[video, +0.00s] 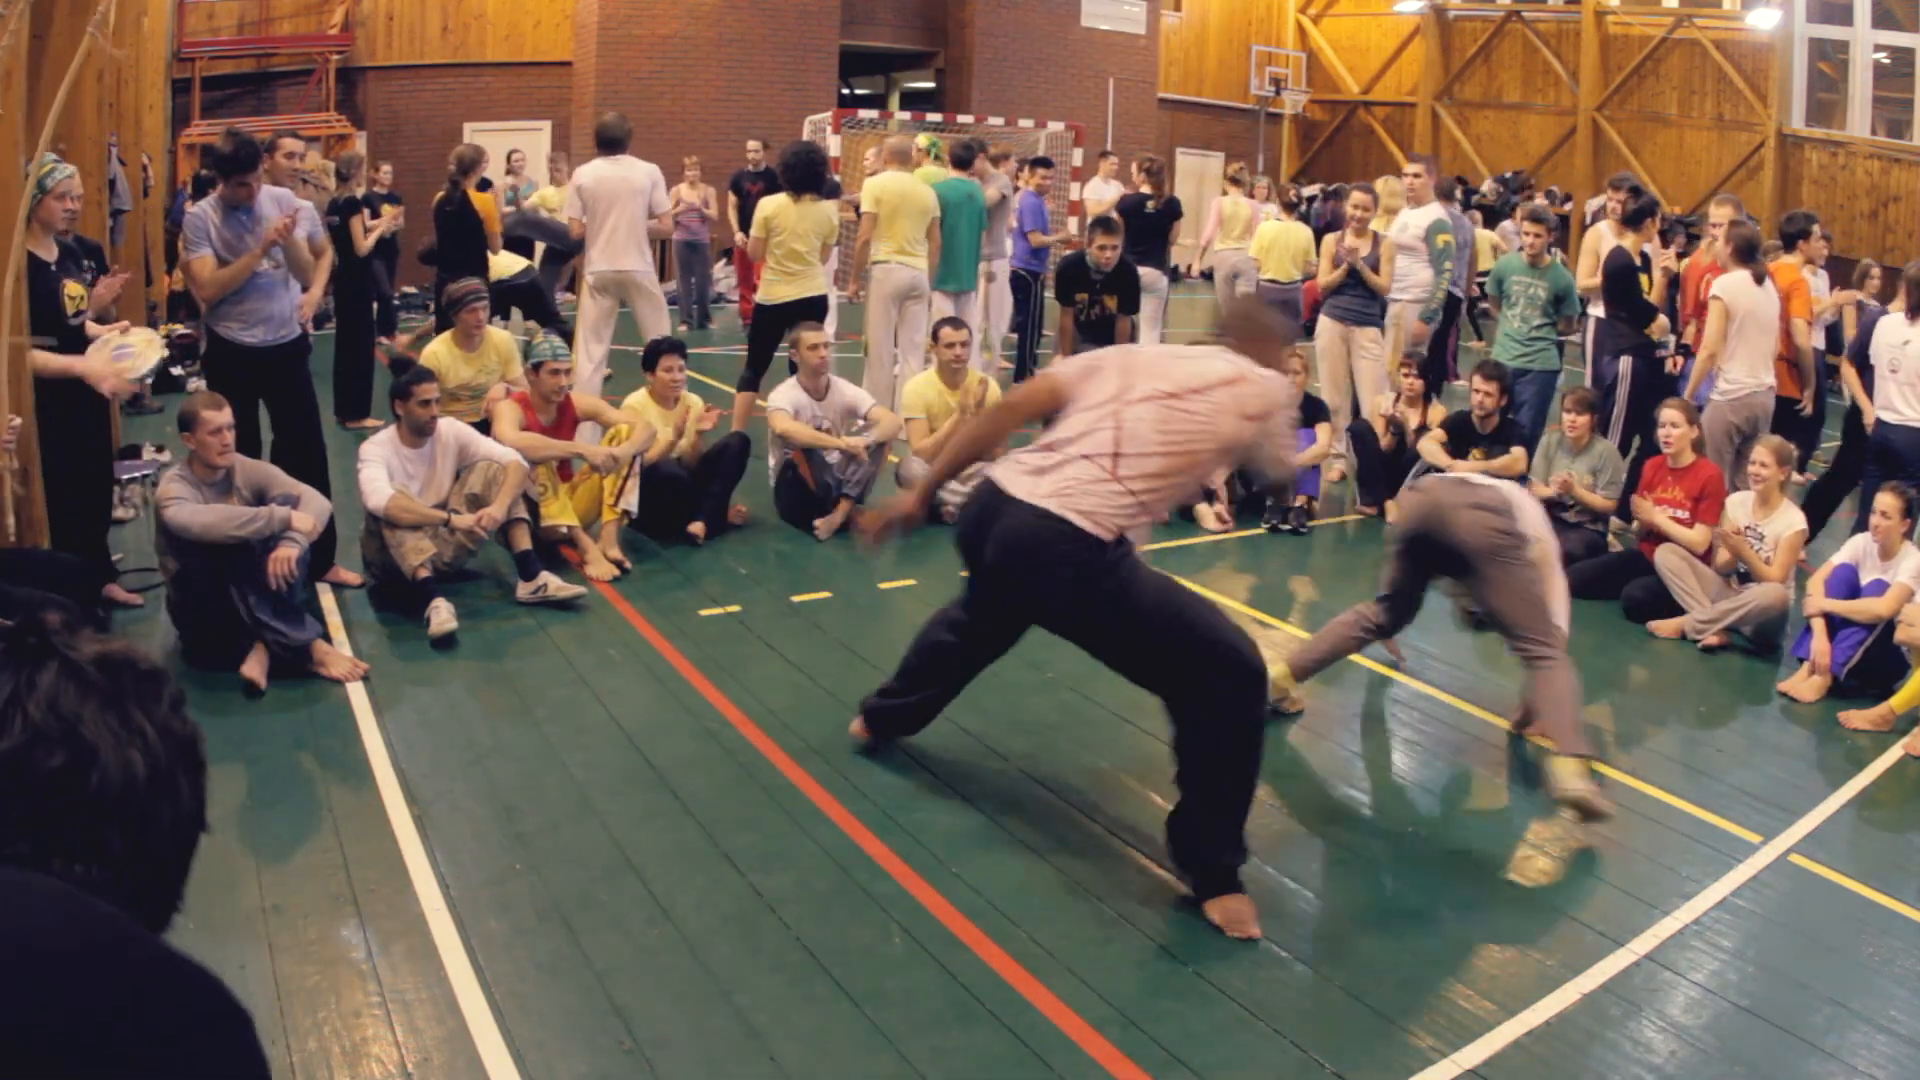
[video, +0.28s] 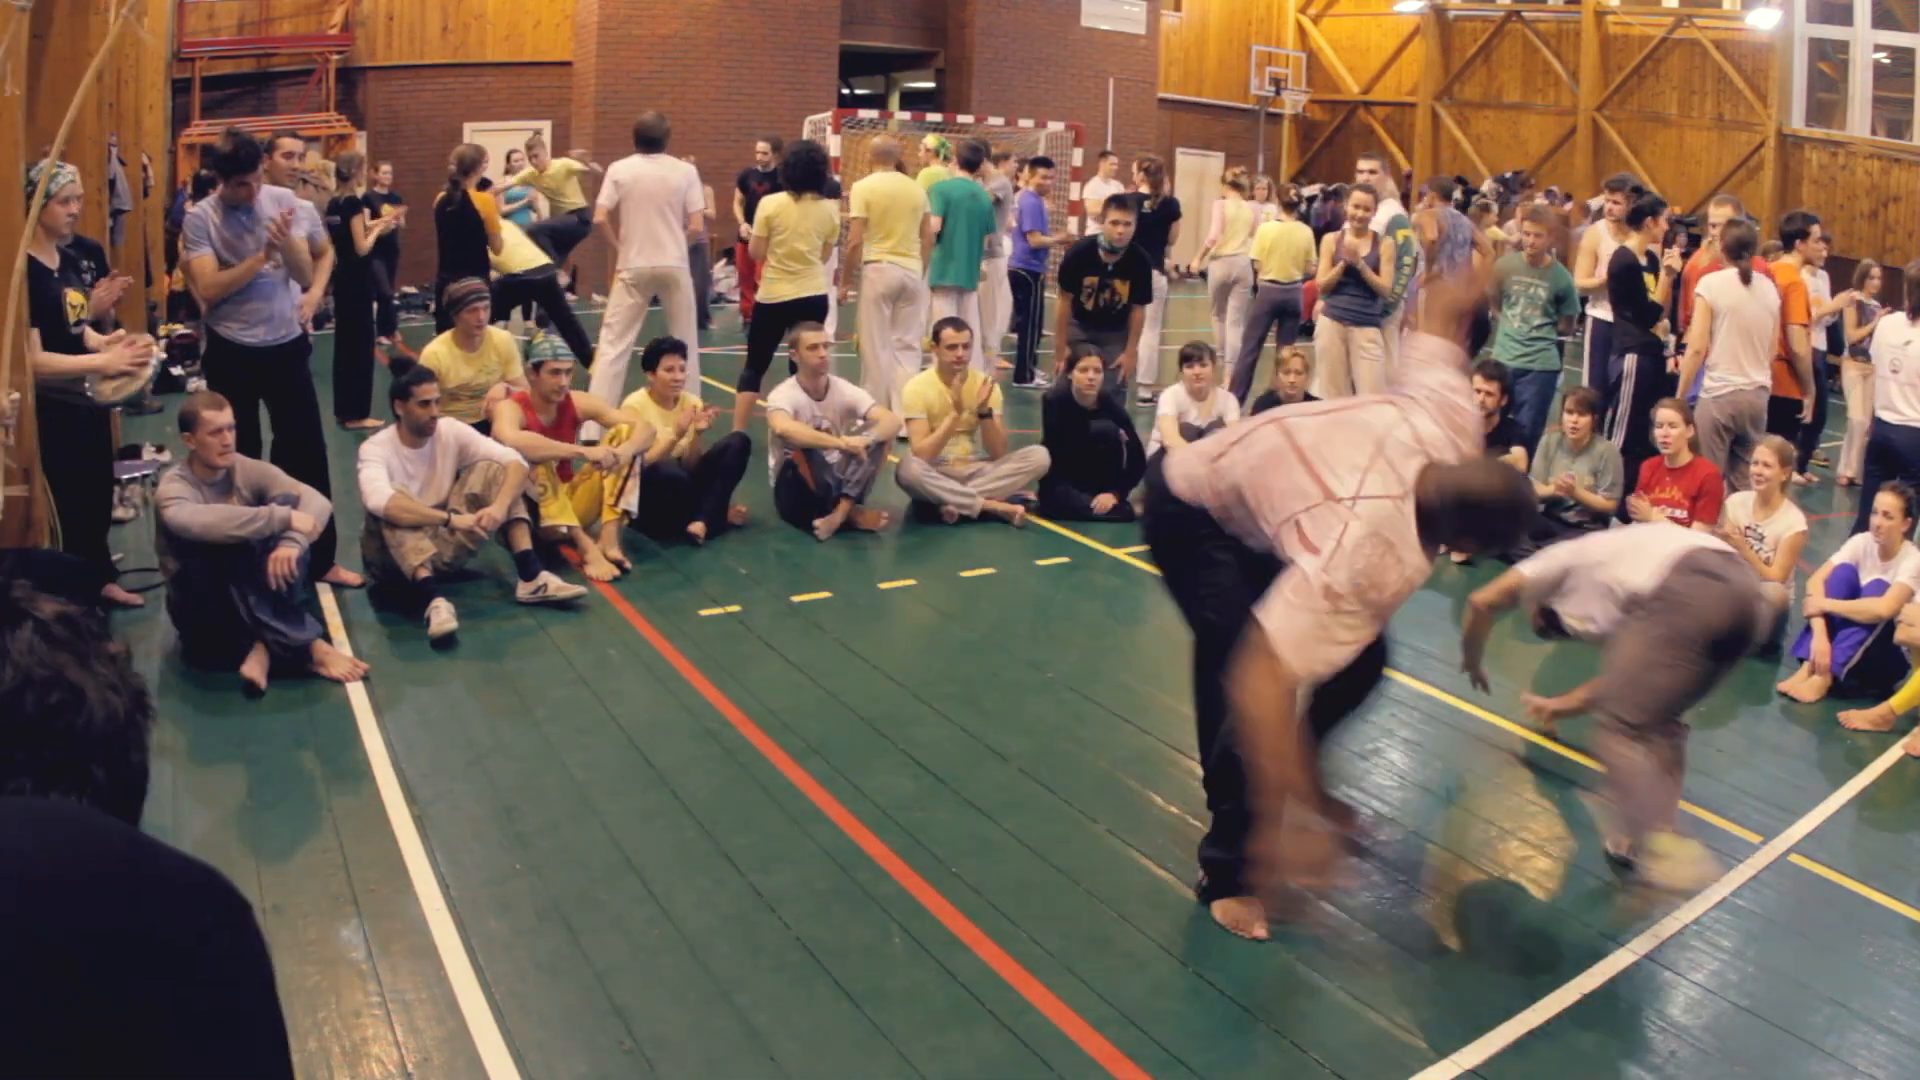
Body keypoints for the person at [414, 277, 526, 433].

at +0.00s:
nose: (480, 317)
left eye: (484, 309)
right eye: (471, 311)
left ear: (489, 309)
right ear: (455, 315)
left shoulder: (503, 340)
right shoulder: (434, 353)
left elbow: (523, 389)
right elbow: (420, 400)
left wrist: (504, 387)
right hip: (450, 427)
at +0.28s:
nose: (481, 317)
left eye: (485, 309)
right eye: (472, 311)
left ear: (490, 309)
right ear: (455, 314)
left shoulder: (503, 340)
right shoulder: (434, 353)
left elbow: (523, 389)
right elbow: (419, 400)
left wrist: (504, 387)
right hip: (449, 428)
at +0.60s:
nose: (481, 316)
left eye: (485, 308)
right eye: (472, 310)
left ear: (490, 309)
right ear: (455, 314)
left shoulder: (503, 339)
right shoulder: (434, 352)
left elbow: (524, 389)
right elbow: (419, 400)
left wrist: (504, 387)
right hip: (450, 428)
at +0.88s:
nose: (480, 317)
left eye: (484, 309)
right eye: (471, 311)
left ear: (488, 309)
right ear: (454, 314)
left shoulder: (503, 339)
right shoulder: (434, 352)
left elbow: (524, 389)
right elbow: (420, 400)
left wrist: (505, 387)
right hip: (449, 427)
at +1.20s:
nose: (449, 330)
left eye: (456, 323)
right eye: (447, 322)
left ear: (478, 320)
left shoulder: (506, 341)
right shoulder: (436, 351)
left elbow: (525, 389)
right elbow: (424, 401)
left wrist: (505, 386)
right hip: (450, 427)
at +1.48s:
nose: (461, 325)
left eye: (467, 319)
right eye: (459, 318)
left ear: (490, 318)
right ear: (456, 314)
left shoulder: (516, 336)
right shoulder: (445, 341)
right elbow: (433, 396)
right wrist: (451, 424)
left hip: (500, 415)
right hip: (456, 416)